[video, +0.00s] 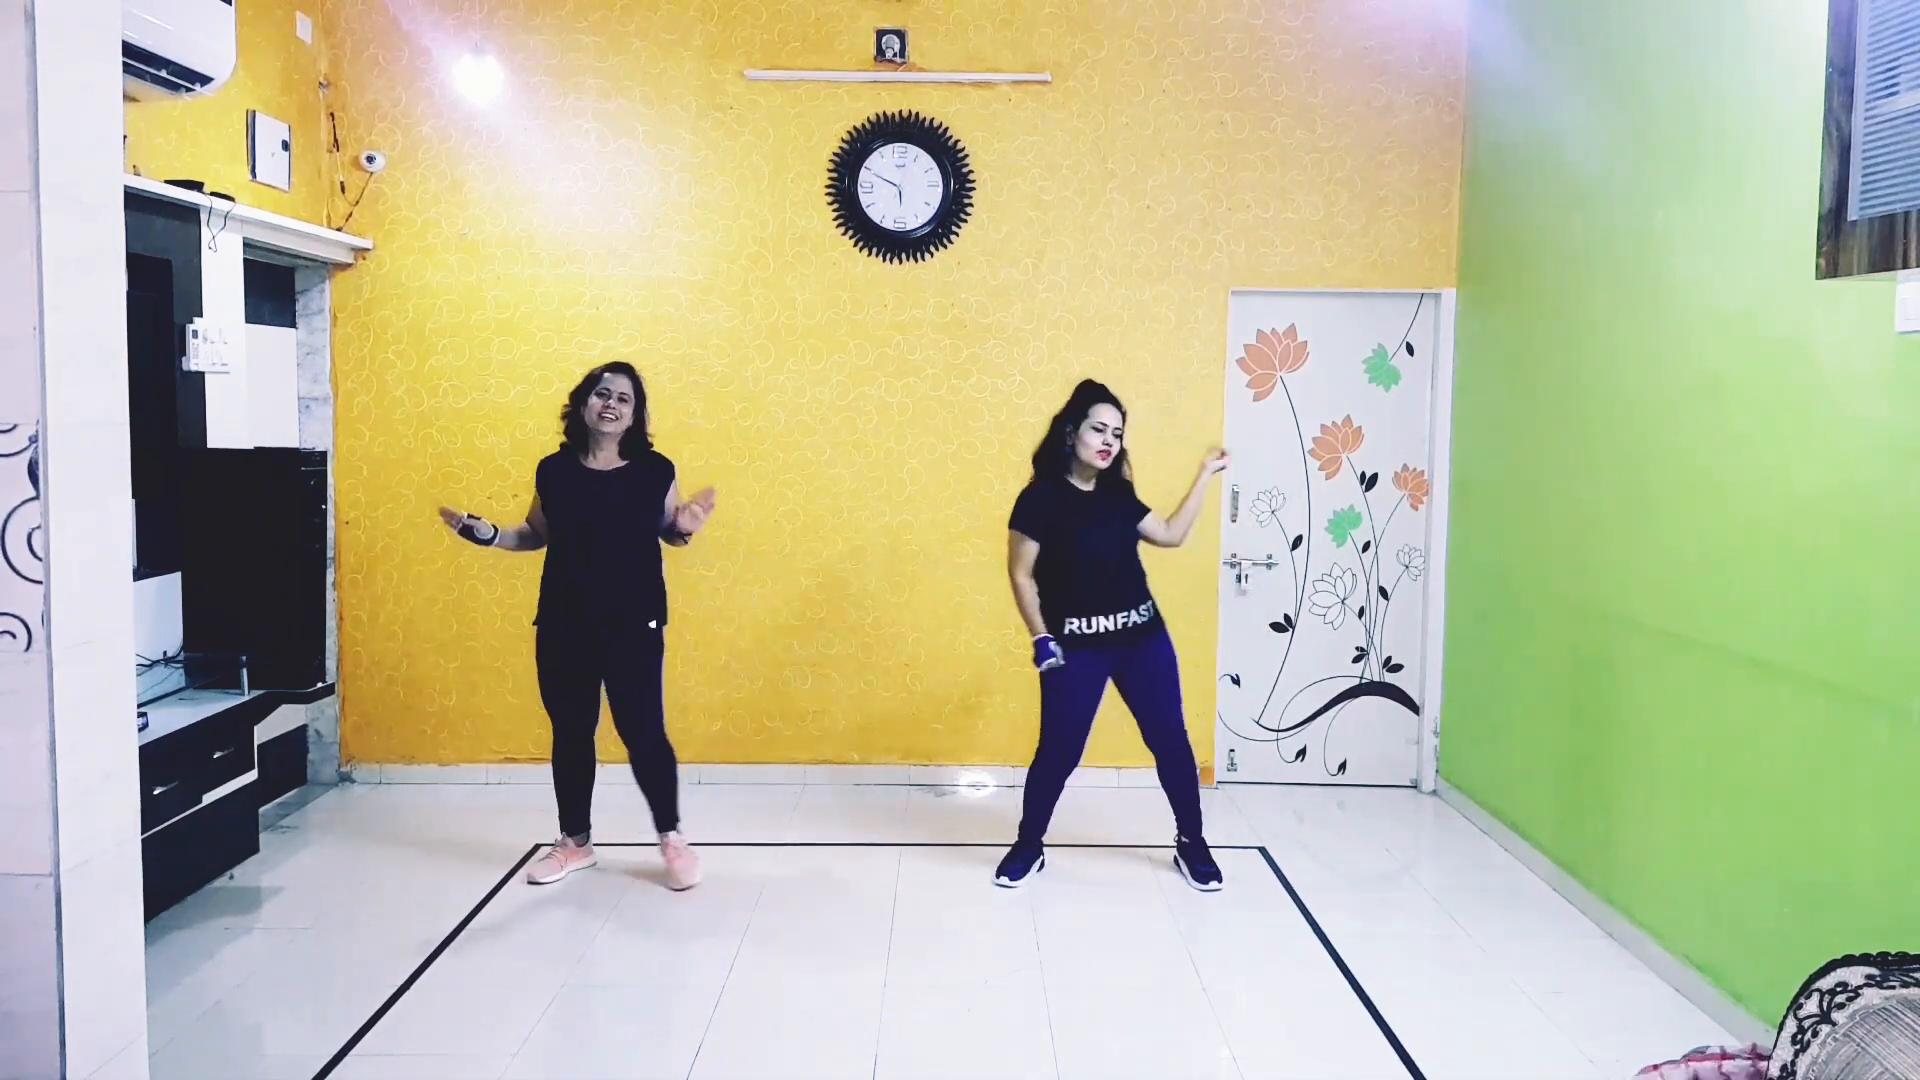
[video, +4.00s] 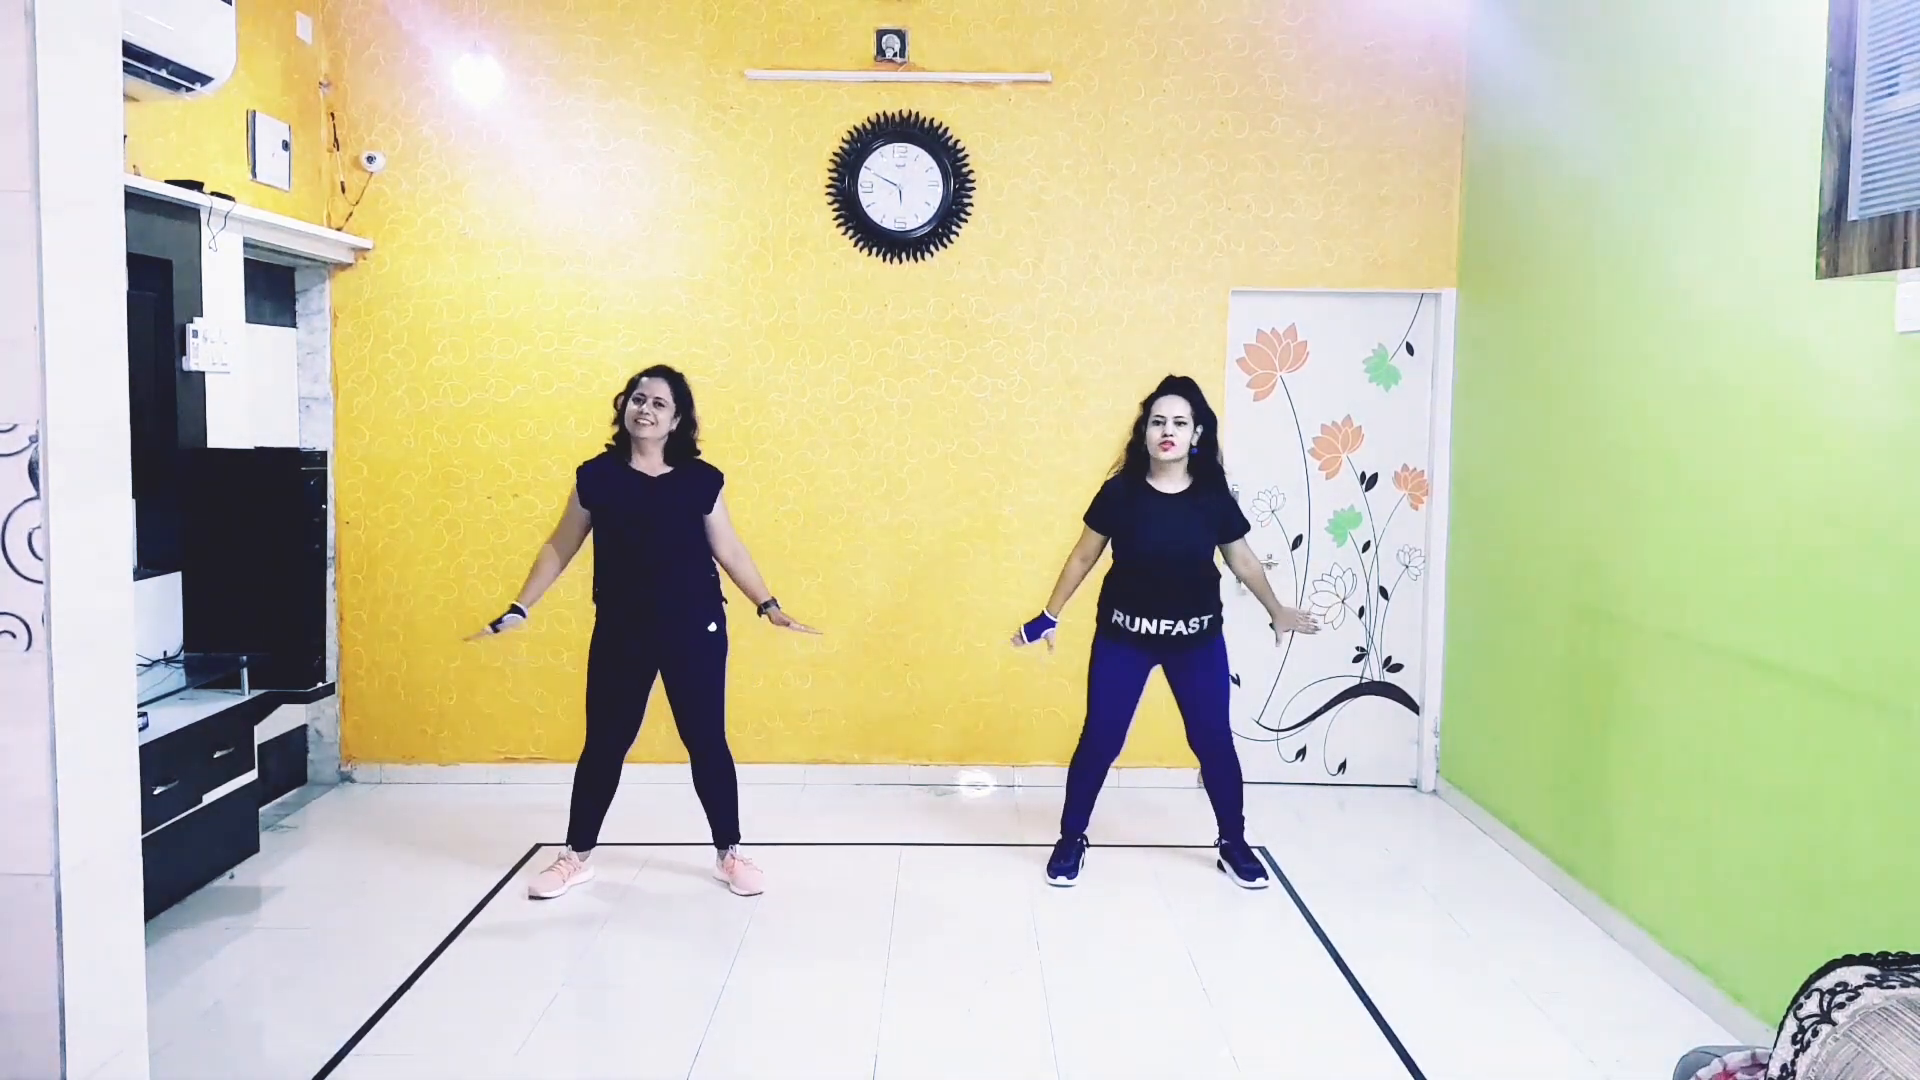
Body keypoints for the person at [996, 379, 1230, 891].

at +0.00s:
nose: (1109, 440)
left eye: (1116, 433)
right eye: (1099, 428)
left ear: (1120, 442)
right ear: (1071, 430)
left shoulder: (1116, 495)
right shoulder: (1040, 498)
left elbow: (1171, 534)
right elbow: (1021, 574)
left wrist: (1206, 473)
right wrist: (1042, 639)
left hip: (1141, 639)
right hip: (1074, 645)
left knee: (1171, 741)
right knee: (1057, 755)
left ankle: (1192, 841)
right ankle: (1028, 844)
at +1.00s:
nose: (1084, 446)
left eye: (1095, 437)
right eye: (1074, 436)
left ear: (1115, 444)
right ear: (1062, 444)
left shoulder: (1140, 501)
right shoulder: (1055, 500)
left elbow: (1186, 553)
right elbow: (992, 537)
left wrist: (1180, 606)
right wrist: (966, 491)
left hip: (1109, 646)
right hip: (1041, 638)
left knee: (1136, 752)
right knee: (1030, 745)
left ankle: (1175, 843)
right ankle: (1027, 843)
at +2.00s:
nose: (1118, 437)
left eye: (1131, 429)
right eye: (1109, 424)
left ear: (1145, 438)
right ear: (1091, 428)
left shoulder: (1161, 489)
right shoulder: (1070, 493)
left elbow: (1203, 556)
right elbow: (1050, 566)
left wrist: (1252, 611)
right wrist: (1033, 628)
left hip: (1156, 640)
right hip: (1084, 638)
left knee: (1172, 748)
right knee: (1060, 745)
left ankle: (1190, 846)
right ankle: (1029, 843)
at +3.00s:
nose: (1165, 447)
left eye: (1177, 437)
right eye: (1156, 435)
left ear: (1194, 442)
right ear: (1140, 438)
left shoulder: (1211, 498)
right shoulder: (1119, 498)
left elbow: (1242, 563)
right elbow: (1083, 557)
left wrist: (1275, 609)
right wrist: (1042, 606)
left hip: (1205, 645)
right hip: (1133, 645)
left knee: (1222, 748)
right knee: (1110, 749)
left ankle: (1235, 843)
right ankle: (1075, 841)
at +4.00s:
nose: (1167, 430)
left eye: (1179, 422)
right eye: (1158, 421)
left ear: (1197, 435)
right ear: (1144, 431)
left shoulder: (1212, 496)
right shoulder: (1121, 492)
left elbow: (1243, 559)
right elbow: (1085, 557)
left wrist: (1277, 609)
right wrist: (1051, 613)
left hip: (1196, 638)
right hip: (1124, 635)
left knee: (1214, 741)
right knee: (1100, 740)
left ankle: (1233, 842)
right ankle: (1071, 839)